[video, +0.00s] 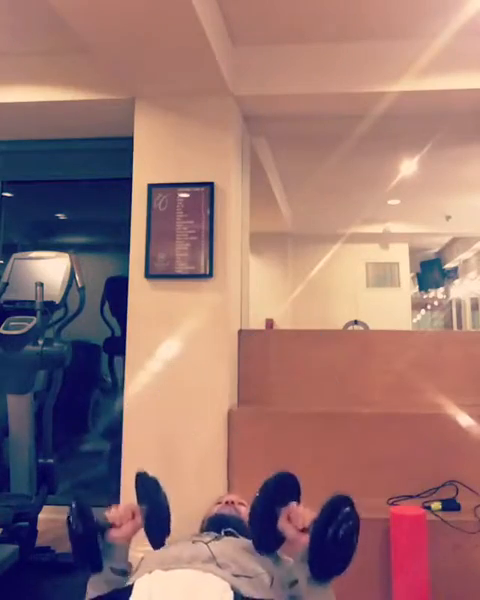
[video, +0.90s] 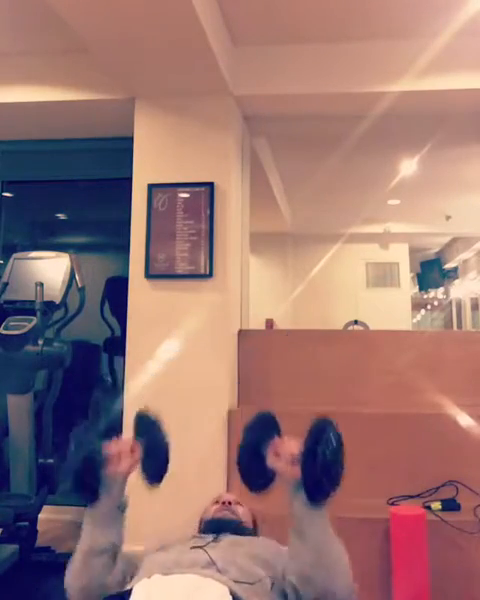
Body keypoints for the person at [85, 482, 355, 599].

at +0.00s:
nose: (230, 503)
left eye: (239, 504)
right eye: (221, 502)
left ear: (254, 520)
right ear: (203, 521)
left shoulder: (268, 554)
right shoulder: (161, 553)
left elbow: (310, 598)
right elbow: (108, 595)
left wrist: (304, 553)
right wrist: (117, 546)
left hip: (218, 589)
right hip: (149, 587)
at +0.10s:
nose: (229, 503)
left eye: (241, 505)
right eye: (220, 503)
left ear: (254, 528)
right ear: (201, 524)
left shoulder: (268, 558)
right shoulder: (156, 557)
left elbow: (317, 594)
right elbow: (89, 593)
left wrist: (310, 531)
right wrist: (114, 520)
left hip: (219, 590)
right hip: (147, 587)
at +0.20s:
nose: (228, 507)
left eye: (238, 509)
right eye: (220, 507)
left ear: (255, 530)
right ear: (202, 524)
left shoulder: (276, 554)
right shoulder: (157, 551)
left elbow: (328, 590)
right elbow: (86, 586)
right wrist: (117, 482)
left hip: (224, 588)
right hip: (152, 586)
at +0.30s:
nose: (228, 511)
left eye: (239, 513)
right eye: (220, 511)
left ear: (258, 533)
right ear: (201, 526)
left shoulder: (281, 559)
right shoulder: (155, 550)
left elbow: (325, 551)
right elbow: (97, 538)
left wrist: (295, 439)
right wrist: (123, 445)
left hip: (224, 589)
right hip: (152, 586)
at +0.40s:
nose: (229, 515)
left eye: (241, 517)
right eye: (222, 515)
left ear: (258, 532)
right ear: (203, 529)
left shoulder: (284, 565)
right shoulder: (142, 557)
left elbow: (307, 508)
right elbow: (115, 501)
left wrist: (284, 407)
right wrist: (133, 409)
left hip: (222, 588)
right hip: (147, 586)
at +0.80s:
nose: (225, 505)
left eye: (236, 507)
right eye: (217, 505)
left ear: (255, 528)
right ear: (198, 524)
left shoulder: (276, 556)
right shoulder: (151, 551)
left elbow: (322, 548)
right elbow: (97, 536)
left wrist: (288, 448)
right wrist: (124, 446)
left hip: (225, 588)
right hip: (150, 585)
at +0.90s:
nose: (226, 502)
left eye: (237, 503)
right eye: (217, 502)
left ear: (254, 525)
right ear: (199, 524)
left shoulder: (272, 551)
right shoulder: (157, 553)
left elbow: (331, 590)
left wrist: (300, 488)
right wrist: (112, 485)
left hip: (223, 589)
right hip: (153, 588)